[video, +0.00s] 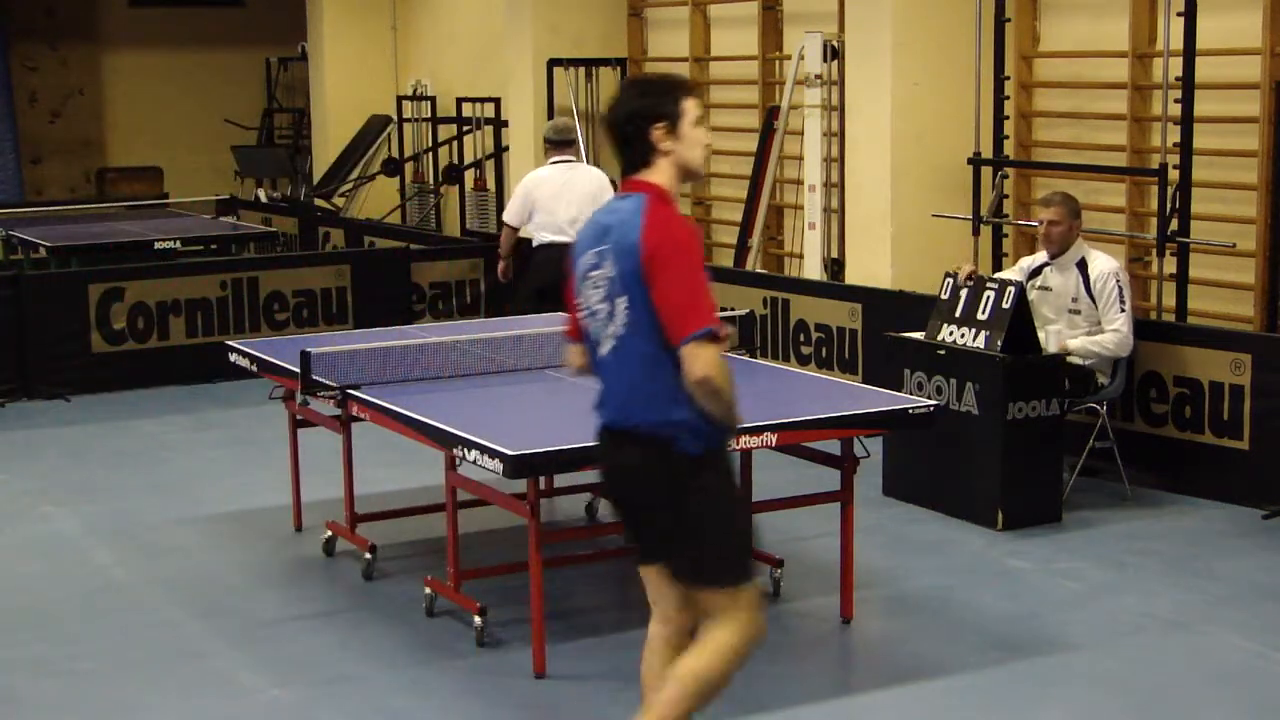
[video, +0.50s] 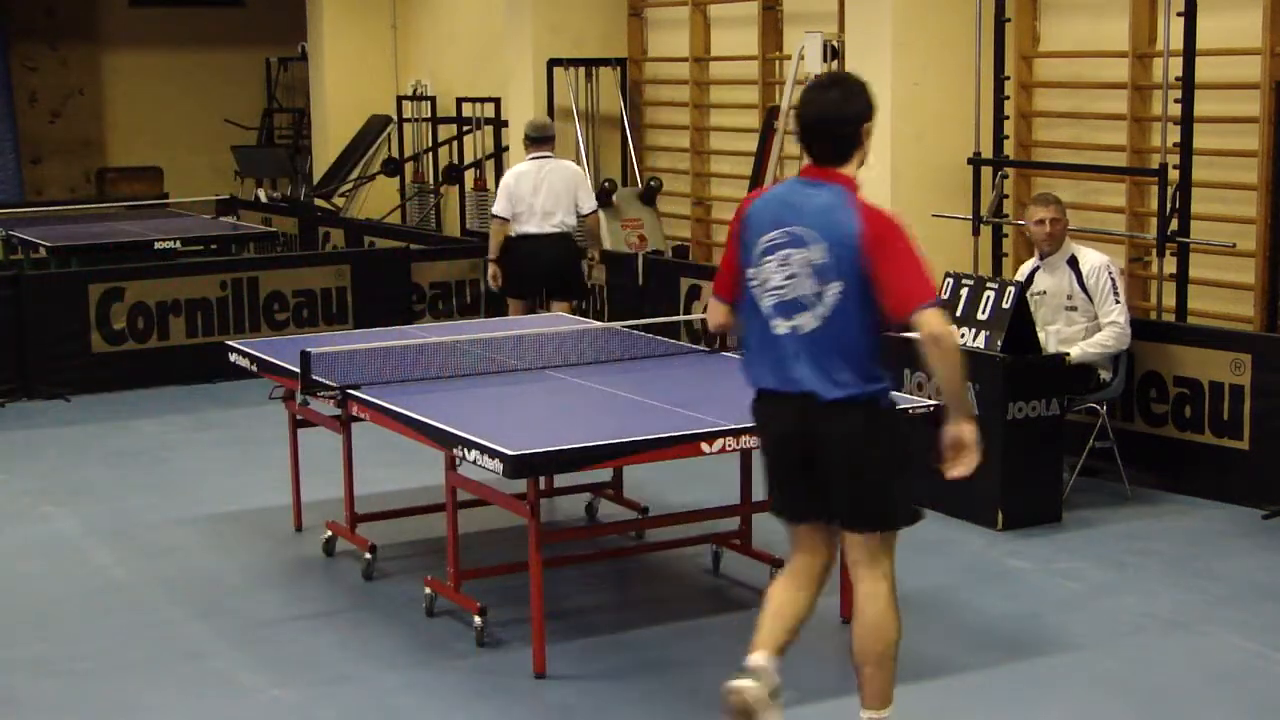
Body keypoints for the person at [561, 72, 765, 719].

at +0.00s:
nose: (709, 139)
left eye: (705, 124)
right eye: (699, 125)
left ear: (650, 137)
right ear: (662, 136)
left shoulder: (593, 228)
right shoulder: (666, 224)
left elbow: (579, 357)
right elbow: (702, 370)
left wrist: (667, 347)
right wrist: (732, 420)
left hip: (624, 446)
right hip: (679, 450)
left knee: (670, 614)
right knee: (739, 619)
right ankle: (658, 709)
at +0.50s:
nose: (871, 136)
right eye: (870, 128)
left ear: (801, 135)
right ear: (863, 138)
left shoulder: (753, 213)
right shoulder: (869, 224)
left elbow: (719, 317)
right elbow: (935, 330)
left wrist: (778, 318)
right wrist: (959, 414)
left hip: (778, 412)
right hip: (854, 417)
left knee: (808, 548)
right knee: (870, 564)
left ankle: (759, 667)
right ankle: (876, 711)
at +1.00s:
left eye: (846, 117)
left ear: (839, 128)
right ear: (898, 126)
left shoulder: (812, 202)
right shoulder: (936, 202)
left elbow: (792, 303)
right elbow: (977, 306)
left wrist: (778, 317)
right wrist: (948, 349)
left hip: (840, 387)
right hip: (914, 387)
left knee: (862, 519)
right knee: (922, 510)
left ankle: (883, 660)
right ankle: (919, 614)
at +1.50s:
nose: (834, 160)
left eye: (837, 151)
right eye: (836, 151)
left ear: (851, 152)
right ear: (884, 156)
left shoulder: (858, 182)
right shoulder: (903, 202)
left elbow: (876, 246)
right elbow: (903, 296)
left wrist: (830, 296)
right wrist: (847, 351)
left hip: (884, 340)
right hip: (927, 345)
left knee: (865, 490)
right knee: (904, 485)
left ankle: (875, 635)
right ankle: (914, 610)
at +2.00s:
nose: (825, 160)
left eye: (827, 151)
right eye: (827, 151)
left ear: (840, 151)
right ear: (874, 153)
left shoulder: (848, 178)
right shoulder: (895, 201)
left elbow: (867, 239)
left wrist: (816, 290)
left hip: (867, 331)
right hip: (917, 336)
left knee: (824, 470)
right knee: (910, 484)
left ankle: (832, 603)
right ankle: (915, 610)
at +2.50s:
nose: (777, 131)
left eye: (777, 124)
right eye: (780, 123)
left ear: (785, 128)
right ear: (840, 121)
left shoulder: (774, 189)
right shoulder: (885, 178)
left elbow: (708, 263)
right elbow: (960, 242)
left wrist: (691, 247)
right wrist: (923, 259)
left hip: (797, 375)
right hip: (871, 371)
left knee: (810, 514)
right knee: (881, 500)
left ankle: (825, 656)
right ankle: (899, 638)